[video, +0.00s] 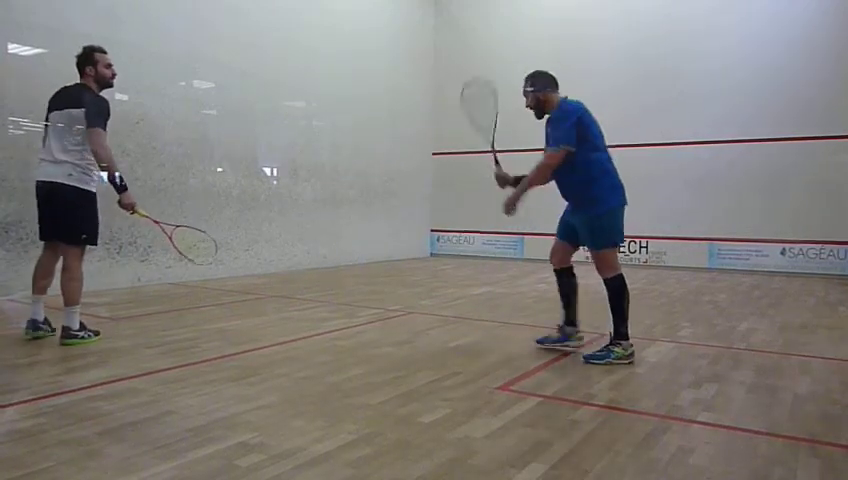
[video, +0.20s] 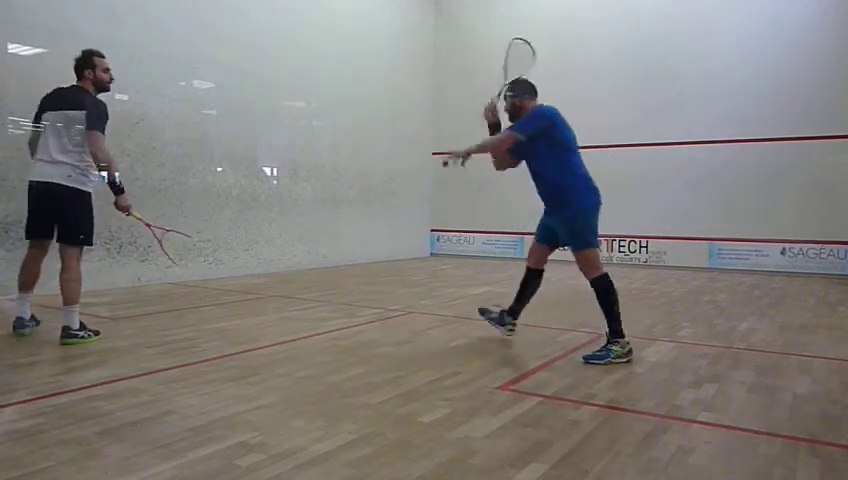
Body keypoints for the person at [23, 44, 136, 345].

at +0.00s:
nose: (113, 71)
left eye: (112, 66)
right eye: (107, 67)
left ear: (86, 72)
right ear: (90, 71)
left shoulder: (57, 97)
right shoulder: (96, 102)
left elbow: (47, 144)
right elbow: (99, 147)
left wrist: (83, 164)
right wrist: (123, 190)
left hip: (46, 184)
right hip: (76, 188)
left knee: (50, 249)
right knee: (73, 256)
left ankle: (36, 319)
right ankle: (72, 326)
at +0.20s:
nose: (111, 76)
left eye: (110, 70)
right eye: (105, 71)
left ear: (82, 75)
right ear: (88, 74)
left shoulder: (50, 98)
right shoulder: (95, 105)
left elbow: (33, 144)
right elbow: (98, 150)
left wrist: (50, 170)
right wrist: (119, 190)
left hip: (40, 185)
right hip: (74, 190)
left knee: (36, 249)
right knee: (71, 259)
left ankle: (22, 316)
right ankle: (72, 326)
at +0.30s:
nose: (103, 77)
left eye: (102, 72)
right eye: (98, 73)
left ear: (75, 77)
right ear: (81, 76)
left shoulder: (42, 100)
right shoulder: (90, 106)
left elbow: (25, 145)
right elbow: (94, 150)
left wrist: (35, 176)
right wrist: (114, 192)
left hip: (36, 188)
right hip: (72, 191)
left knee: (30, 251)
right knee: (71, 259)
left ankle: (15, 315)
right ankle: (72, 326)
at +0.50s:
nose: (78, 78)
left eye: (77, 73)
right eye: (74, 74)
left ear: (49, 78)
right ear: (60, 77)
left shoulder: (18, 104)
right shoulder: (74, 109)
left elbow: (4, 147)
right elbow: (87, 156)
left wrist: (6, 181)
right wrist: (95, 184)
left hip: (22, 190)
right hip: (60, 193)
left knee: (19, 251)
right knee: (69, 256)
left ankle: (11, 315)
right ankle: (73, 319)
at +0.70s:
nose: (56, 76)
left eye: (53, 71)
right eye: (52, 71)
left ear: (27, 78)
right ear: (42, 76)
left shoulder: (5, 102)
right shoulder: (59, 108)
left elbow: (3, 143)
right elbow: (75, 154)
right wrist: (65, 162)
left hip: (10, 189)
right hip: (48, 191)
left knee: (11, 249)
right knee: (60, 247)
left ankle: (10, 314)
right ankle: (62, 303)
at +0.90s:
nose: (45, 76)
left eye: (42, 72)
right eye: (42, 72)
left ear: (16, 78)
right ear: (34, 77)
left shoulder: (3, 102)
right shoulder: (55, 109)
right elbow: (65, 149)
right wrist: (37, 135)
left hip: (8, 187)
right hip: (44, 189)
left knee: (9, 248)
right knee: (41, 245)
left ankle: (10, 312)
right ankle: (46, 306)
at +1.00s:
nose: (44, 82)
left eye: (42, 77)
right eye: (42, 77)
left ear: (15, 83)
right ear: (35, 81)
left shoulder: (4, 106)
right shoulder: (55, 113)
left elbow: (3, 142)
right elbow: (55, 146)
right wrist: (42, 100)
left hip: (10, 187)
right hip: (46, 189)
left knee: (7, 250)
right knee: (40, 246)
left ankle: (9, 313)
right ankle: (40, 304)